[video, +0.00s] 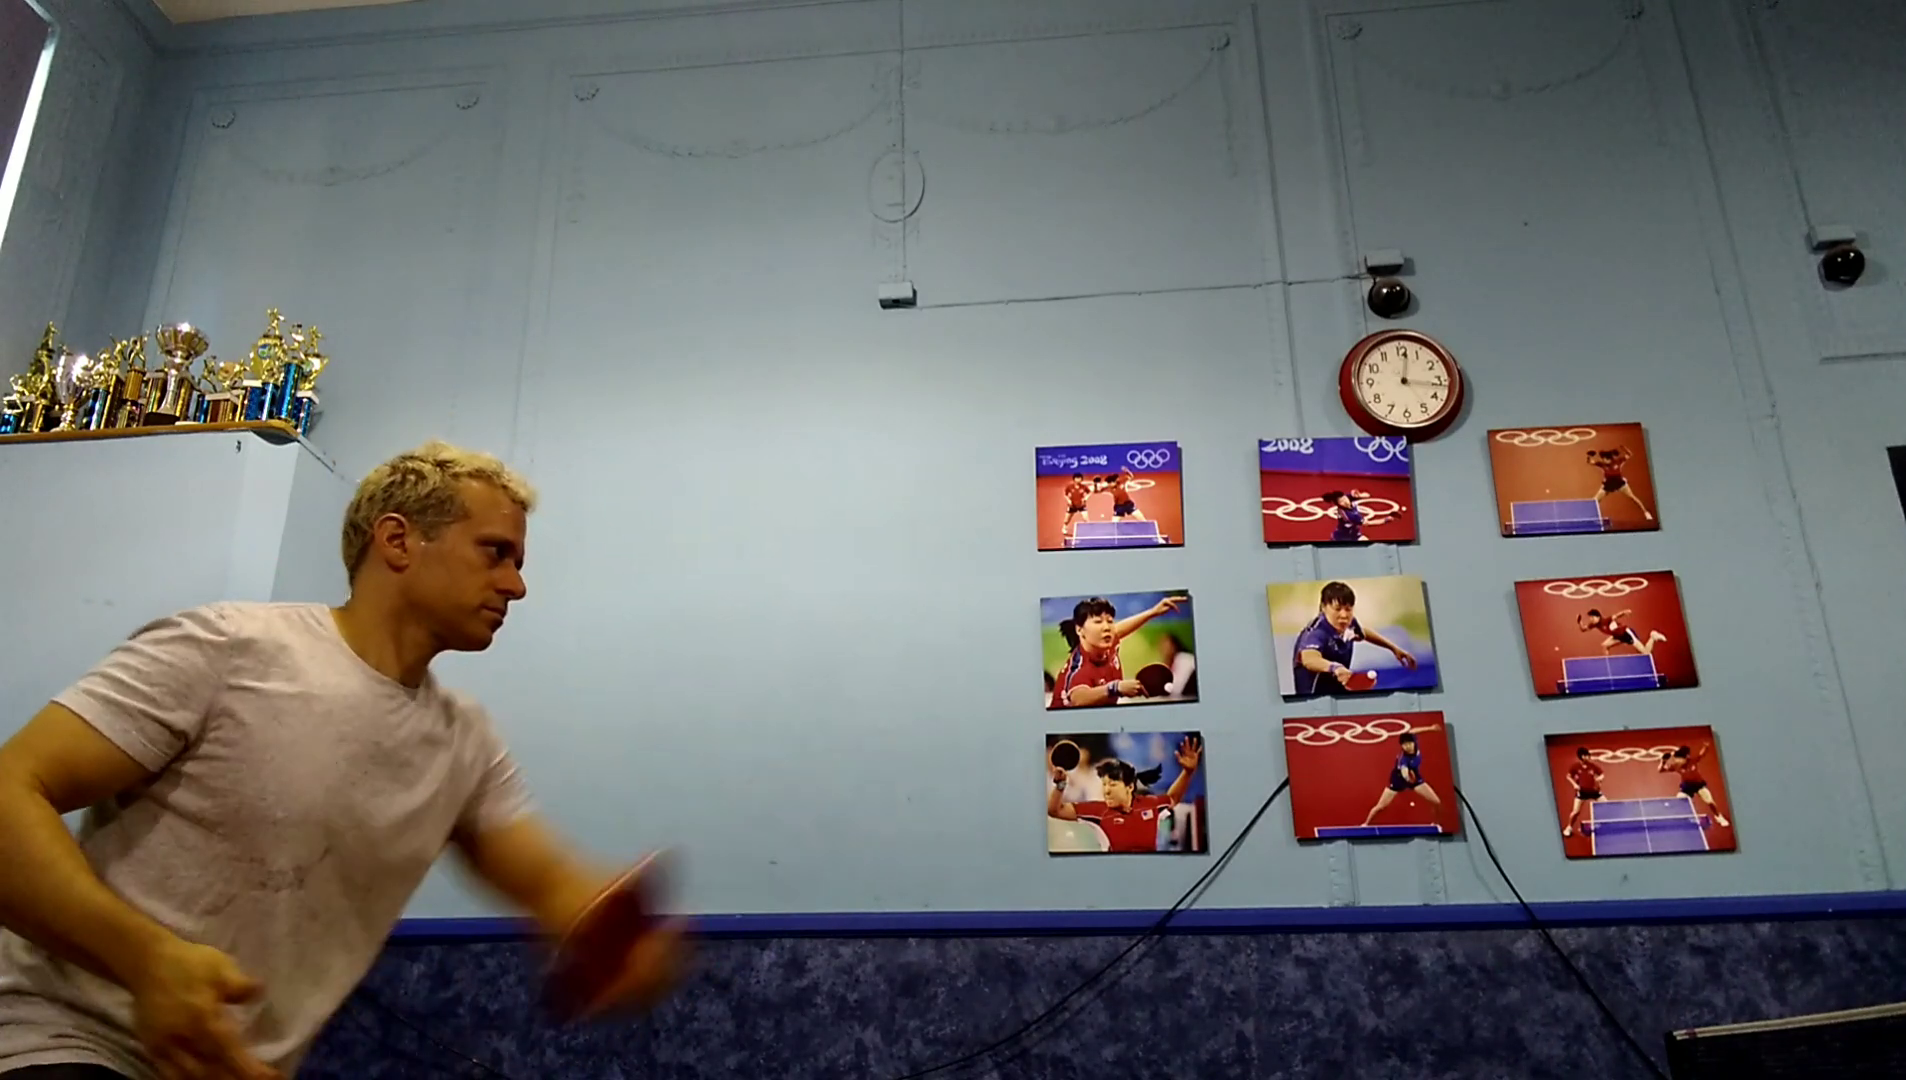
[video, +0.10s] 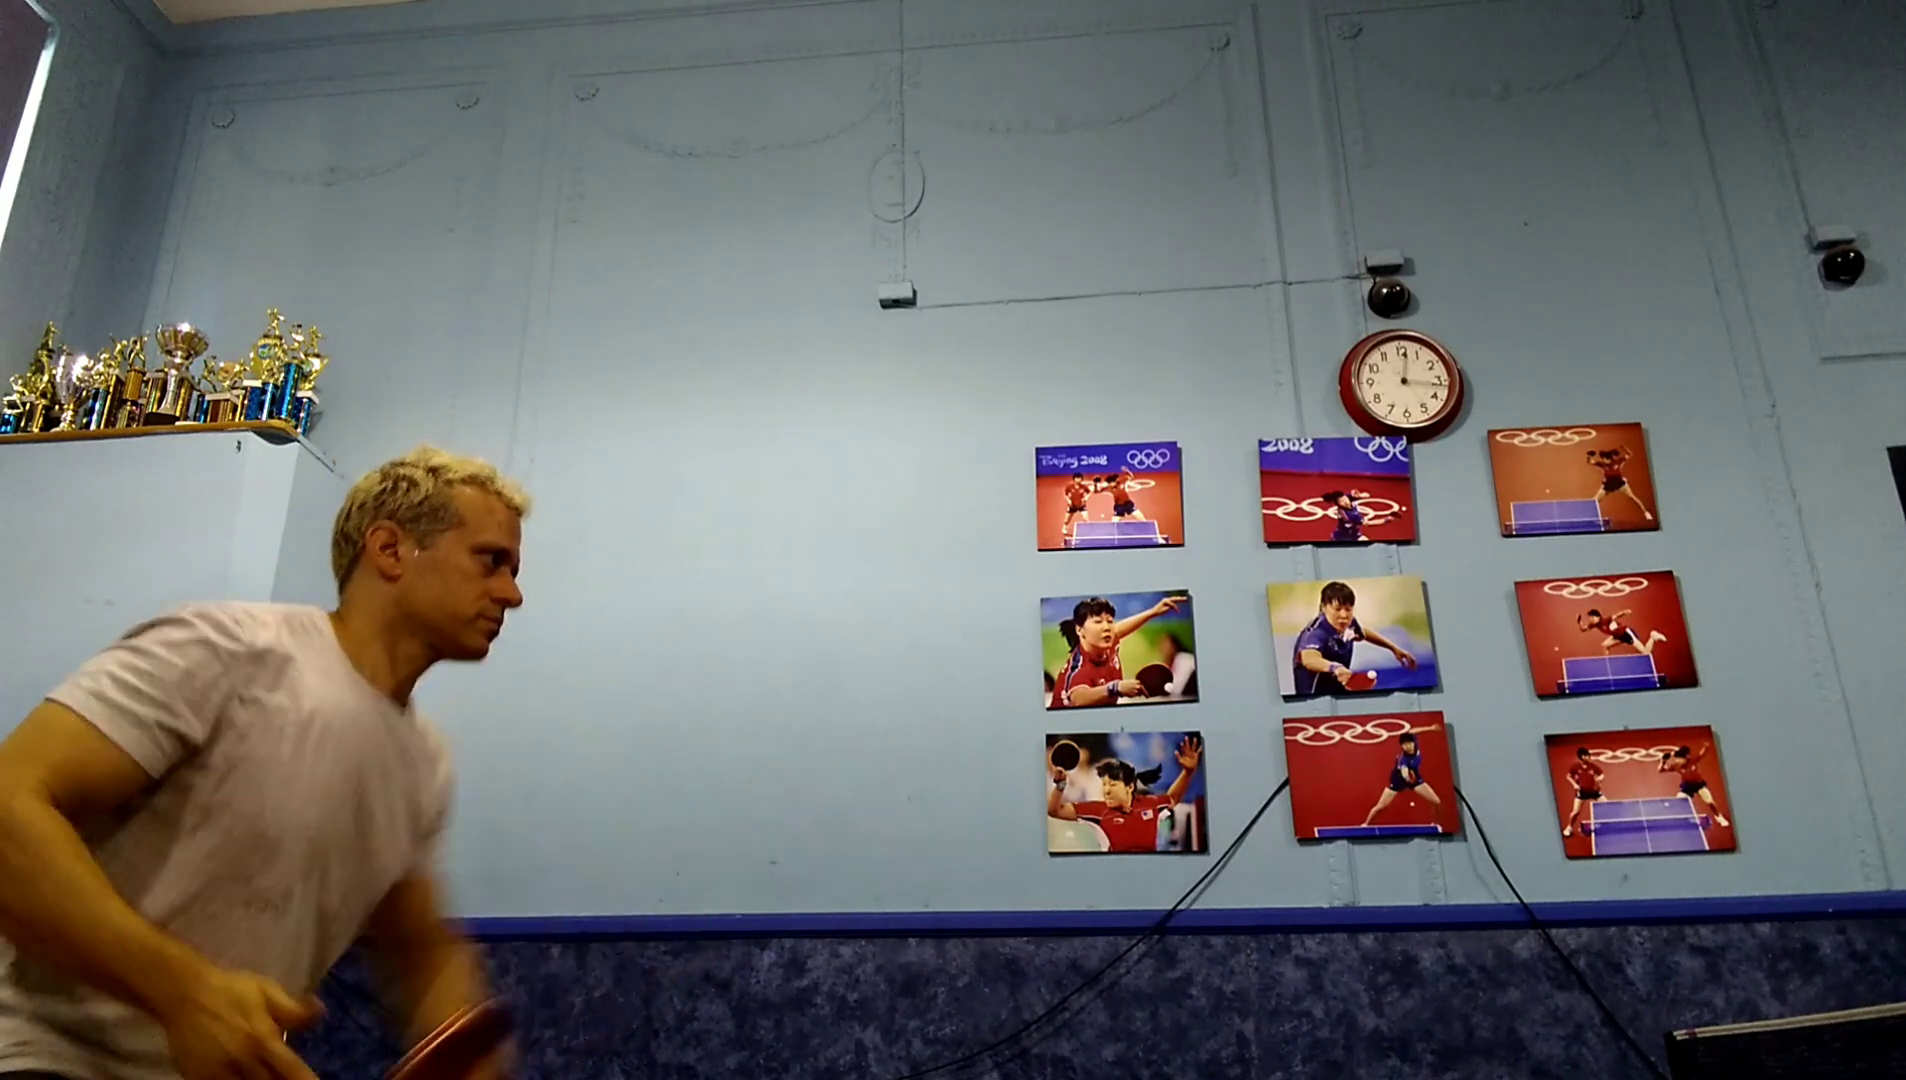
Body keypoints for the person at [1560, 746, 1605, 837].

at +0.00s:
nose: (1587, 758)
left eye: (1588, 755)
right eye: (1585, 756)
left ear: (1589, 756)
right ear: (1581, 757)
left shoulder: (1592, 766)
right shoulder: (1576, 766)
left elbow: (1602, 774)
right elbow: (1568, 776)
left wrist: (1598, 779)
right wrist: (1574, 785)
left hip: (1594, 791)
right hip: (1582, 791)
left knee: (1606, 806)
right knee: (1576, 812)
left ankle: (1607, 826)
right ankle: (1569, 827)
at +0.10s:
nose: (1587, 758)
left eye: (1588, 755)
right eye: (1585, 756)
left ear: (1589, 756)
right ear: (1581, 757)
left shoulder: (1592, 766)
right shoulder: (1576, 767)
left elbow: (1602, 774)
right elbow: (1568, 776)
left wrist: (1598, 779)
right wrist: (1574, 785)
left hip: (1594, 791)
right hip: (1582, 791)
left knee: (1606, 806)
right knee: (1576, 812)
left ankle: (1607, 826)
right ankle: (1569, 827)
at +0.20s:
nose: (1587, 758)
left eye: (1588, 755)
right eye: (1585, 756)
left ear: (1589, 756)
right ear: (1581, 757)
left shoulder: (1592, 766)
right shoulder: (1576, 766)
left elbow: (1602, 774)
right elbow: (1569, 776)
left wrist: (1598, 779)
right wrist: (1574, 785)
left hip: (1594, 791)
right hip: (1582, 791)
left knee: (1606, 805)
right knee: (1576, 812)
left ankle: (1607, 826)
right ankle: (1569, 827)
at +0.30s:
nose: (1587, 758)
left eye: (1588, 755)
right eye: (1585, 756)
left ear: (1589, 756)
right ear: (1581, 757)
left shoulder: (1592, 766)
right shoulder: (1576, 766)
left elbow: (1602, 774)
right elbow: (1569, 776)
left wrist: (1598, 779)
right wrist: (1574, 785)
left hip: (1594, 791)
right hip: (1582, 791)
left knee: (1606, 805)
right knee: (1576, 811)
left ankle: (1607, 826)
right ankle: (1569, 827)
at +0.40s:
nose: (1587, 758)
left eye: (1588, 755)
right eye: (1585, 755)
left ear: (1589, 756)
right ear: (1581, 757)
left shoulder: (1592, 766)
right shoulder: (1576, 766)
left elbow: (1602, 774)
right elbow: (1568, 776)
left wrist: (1598, 779)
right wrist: (1574, 785)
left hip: (1594, 791)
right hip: (1582, 791)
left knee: (1606, 806)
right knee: (1576, 812)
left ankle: (1607, 826)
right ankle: (1569, 827)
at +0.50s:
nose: (1587, 757)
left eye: (1588, 755)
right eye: (1585, 755)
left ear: (1589, 756)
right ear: (1581, 757)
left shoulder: (1592, 766)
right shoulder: (1576, 767)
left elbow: (1602, 774)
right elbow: (1568, 776)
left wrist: (1598, 779)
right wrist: (1574, 785)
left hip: (1594, 791)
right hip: (1582, 791)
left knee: (1606, 805)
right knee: (1576, 812)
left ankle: (1606, 826)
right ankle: (1569, 827)